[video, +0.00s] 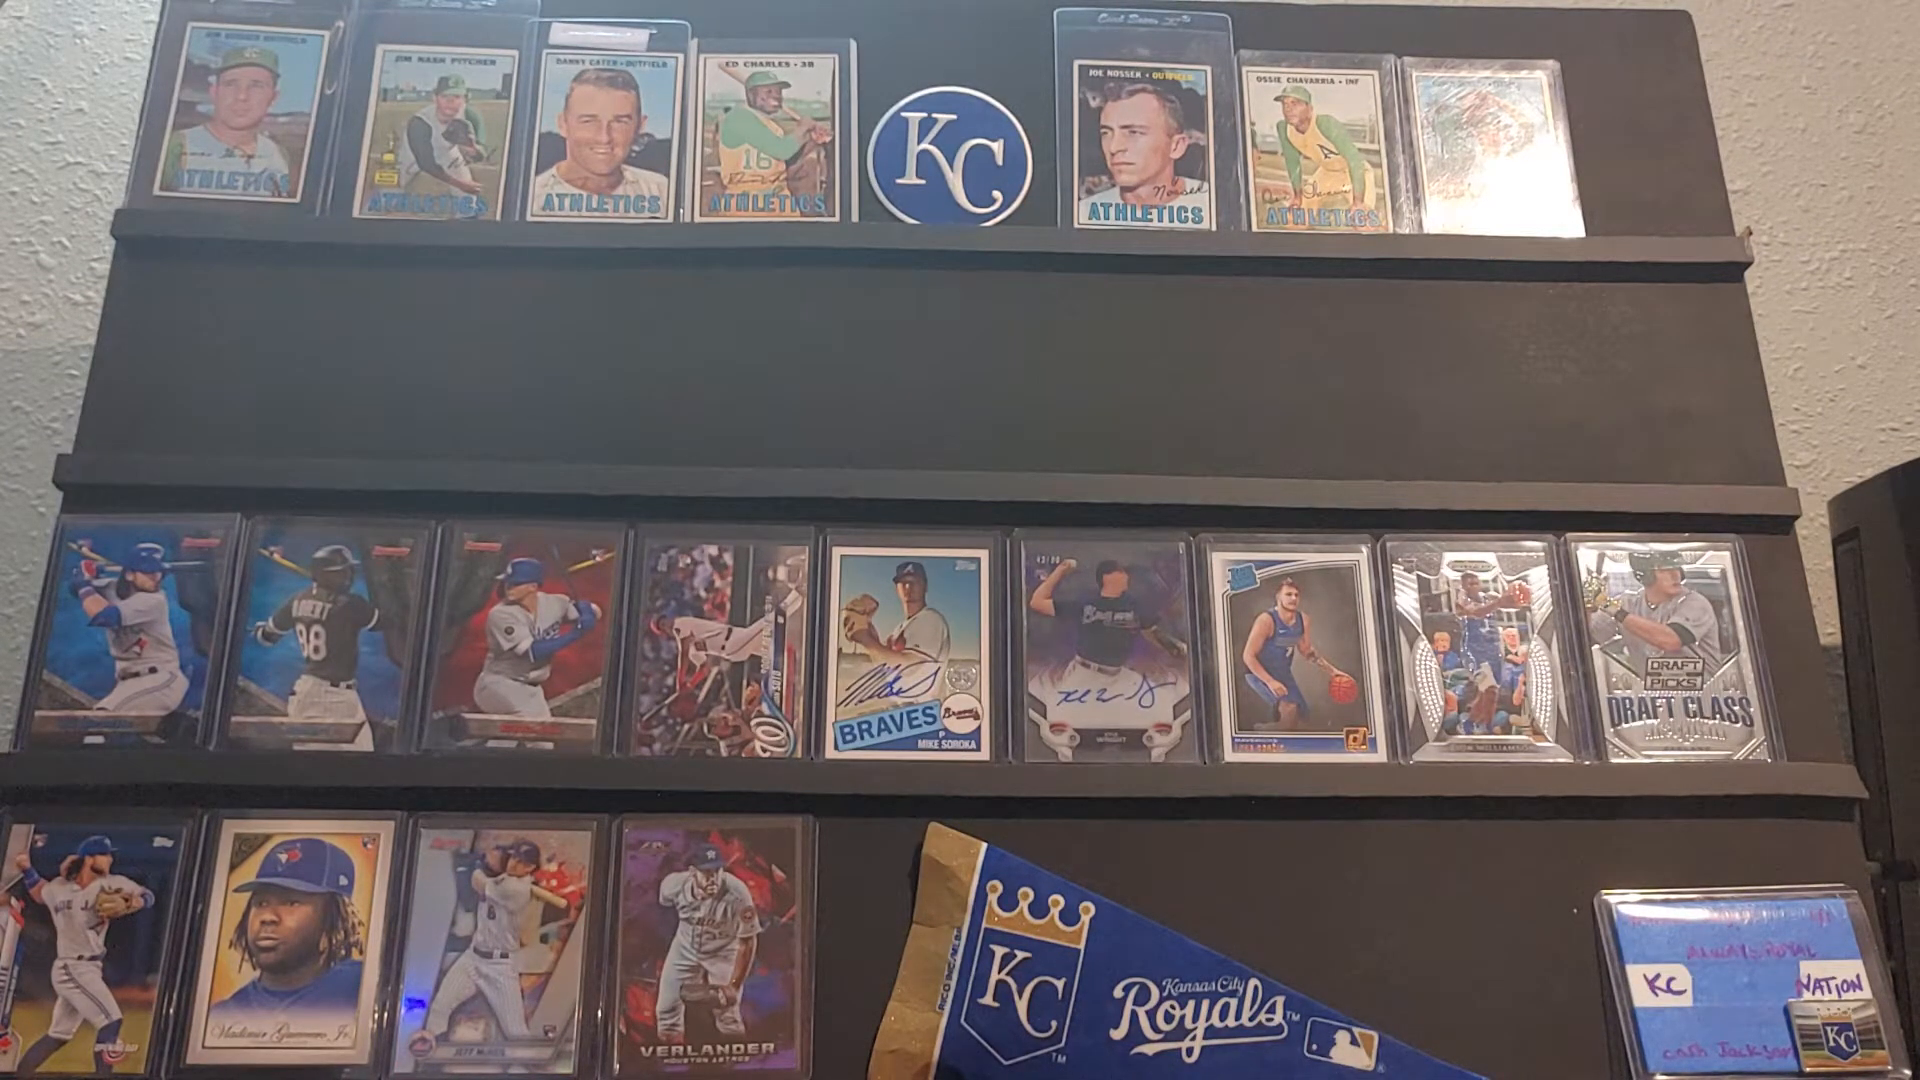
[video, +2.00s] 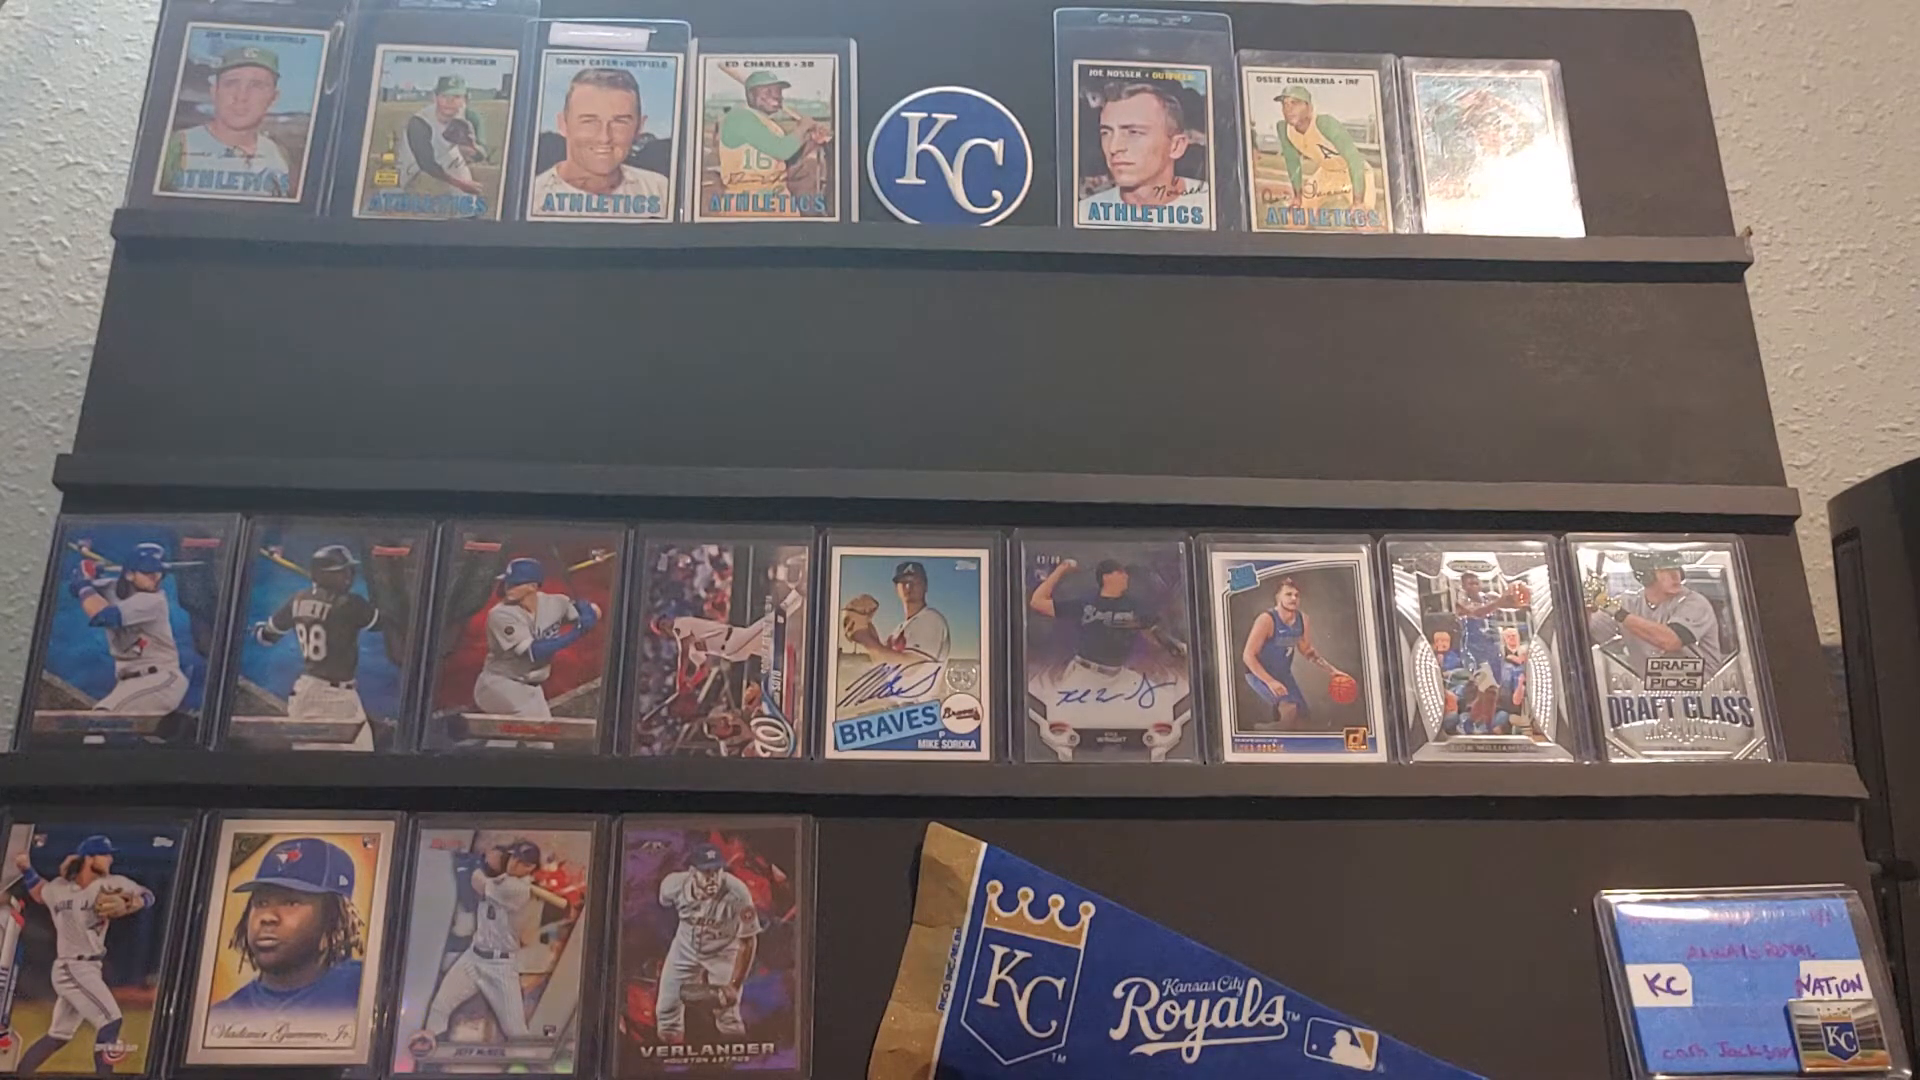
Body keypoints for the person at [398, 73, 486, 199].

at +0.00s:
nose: (451, 101)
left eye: (456, 97)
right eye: (445, 96)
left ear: (464, 100)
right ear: (435, 98)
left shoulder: (469, 116)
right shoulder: (419, 123)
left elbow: (481, 152)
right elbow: (427, 165)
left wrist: (471, 151)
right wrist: (461, 185)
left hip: (454, 164)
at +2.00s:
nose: (450, 102)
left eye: (456, 97)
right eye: (444, 96)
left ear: (465, 101)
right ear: (436, 98)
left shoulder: (468, 117)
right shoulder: (419, 123)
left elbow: (481, 154)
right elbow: (427, 165)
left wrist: (470, 151)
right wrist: (462, 185)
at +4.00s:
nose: (451, 102)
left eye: (457, 97)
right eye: (446, 96)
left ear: (464, 100)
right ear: (436, 98)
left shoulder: (469, 115)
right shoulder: (419, 123)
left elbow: (481, 154)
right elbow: (427, 165)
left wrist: (469, 150)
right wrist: (461, 185)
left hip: (453, 162)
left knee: (467, 196)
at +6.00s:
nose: (451, 102)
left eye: (457, 97)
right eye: (446, 96)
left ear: (464, 100)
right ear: (436, 97)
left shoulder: (467, 116)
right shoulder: (419, 123)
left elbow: (481, 153)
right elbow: (427, 165)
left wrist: (472, 152)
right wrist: (460, 184)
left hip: (453, 164)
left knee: (467, 197)